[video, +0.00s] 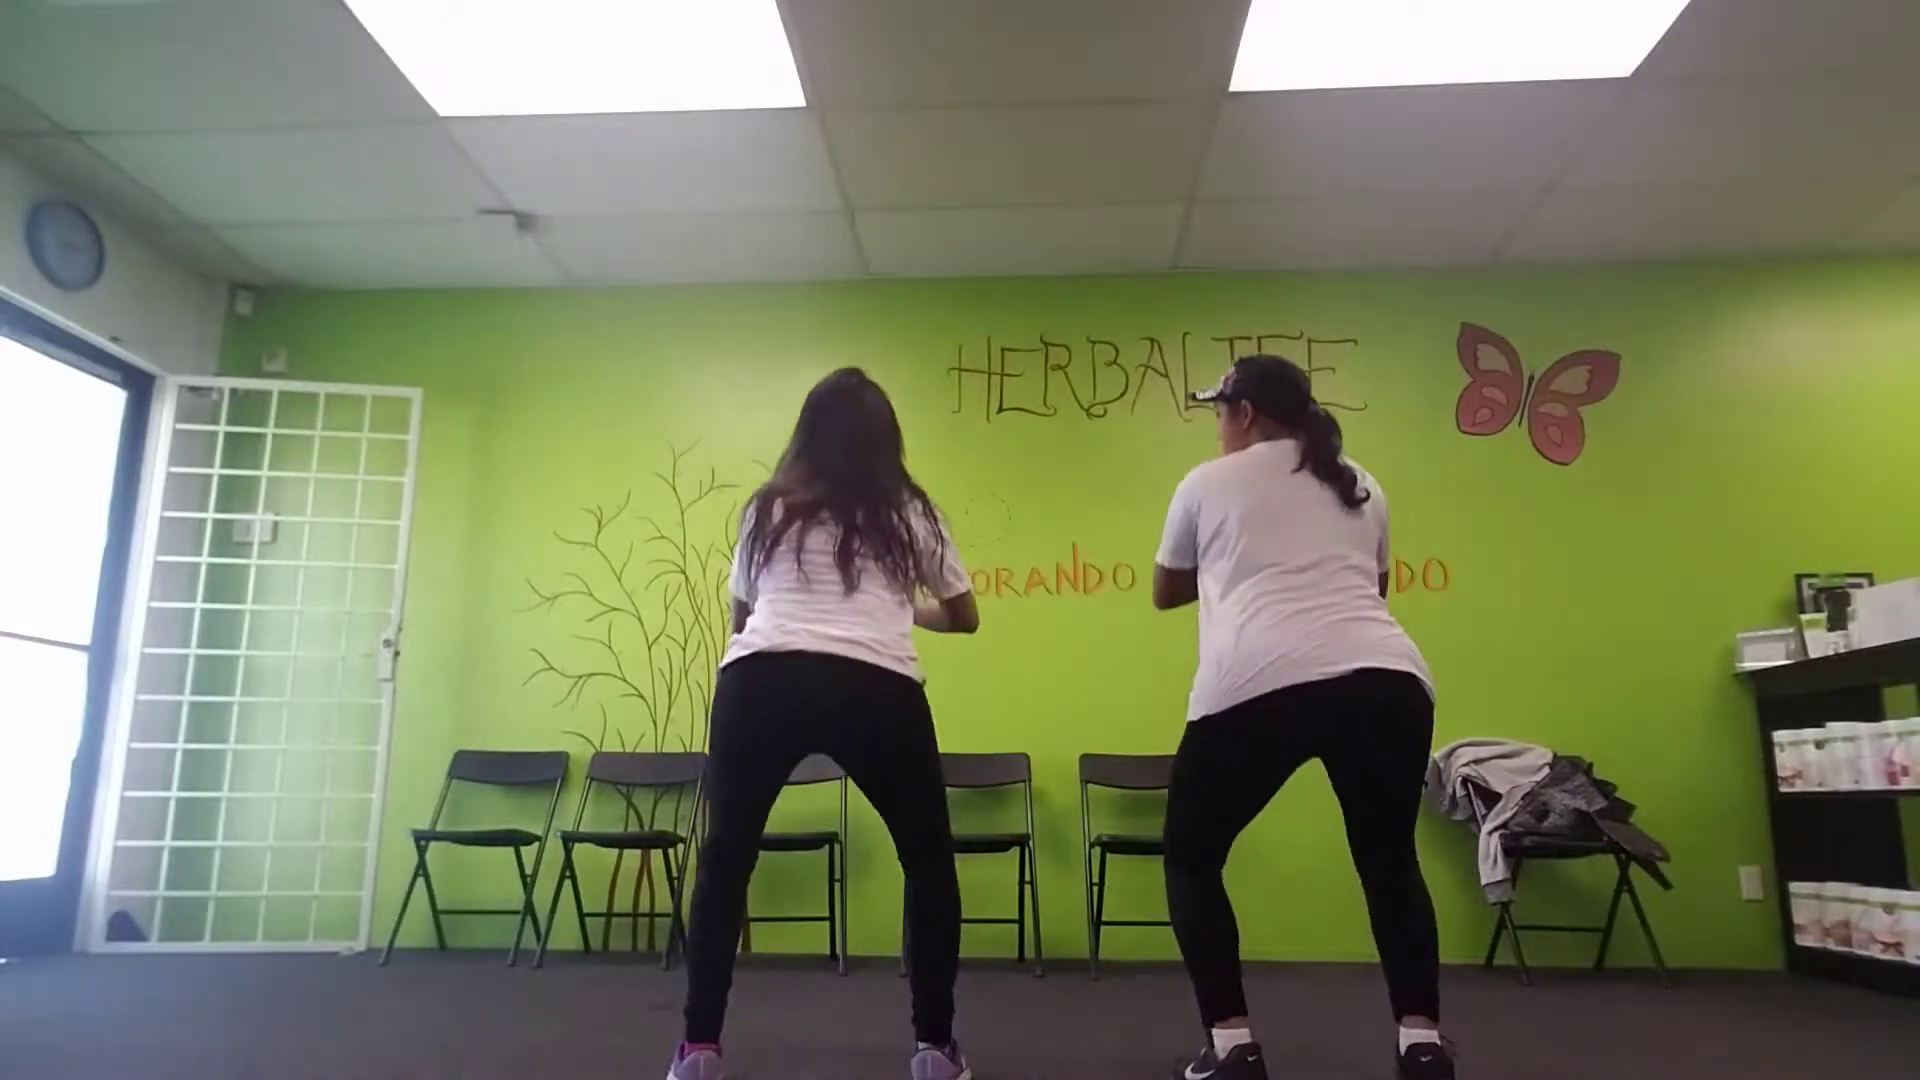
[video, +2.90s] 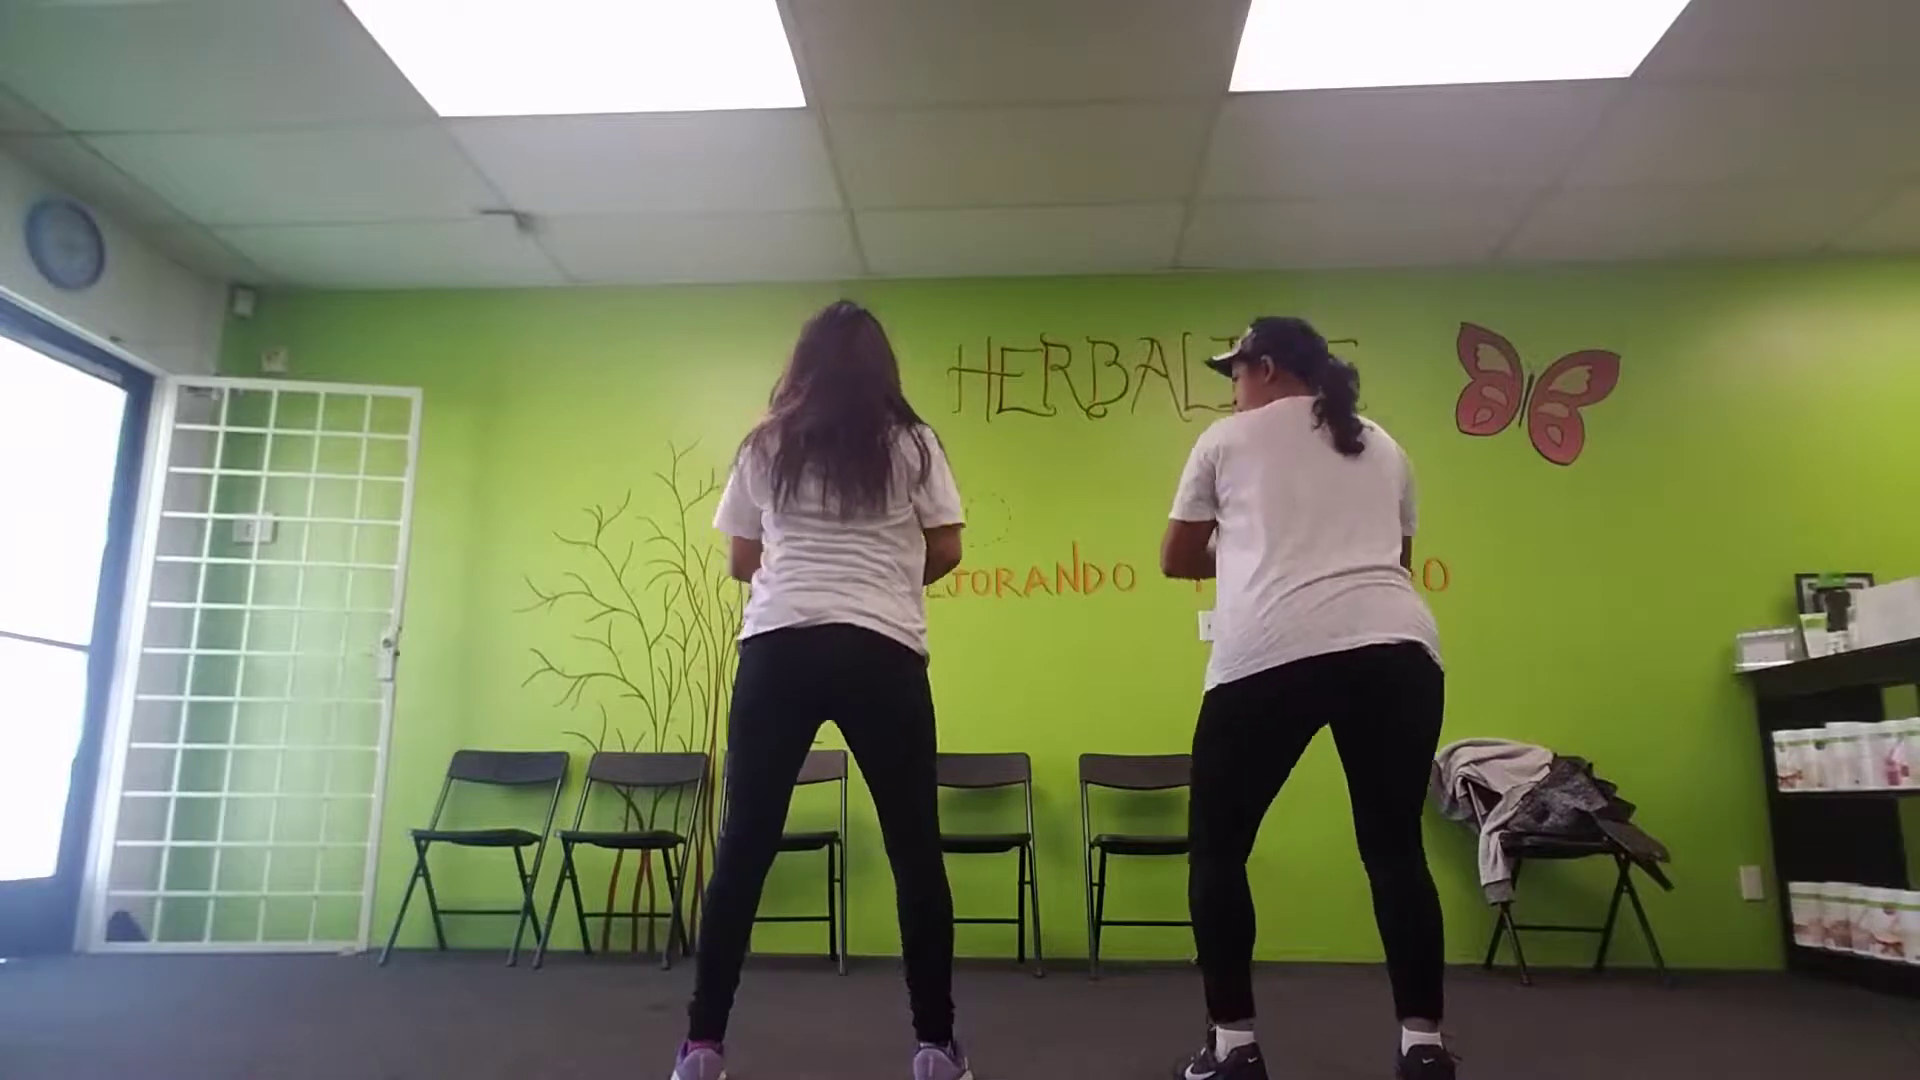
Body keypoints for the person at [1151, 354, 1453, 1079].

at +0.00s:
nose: (1218, 429)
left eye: (1222, 415)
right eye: (1219, 415)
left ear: (1246, 416)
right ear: (1298, 416)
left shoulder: (1206, 484)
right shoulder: (1361, 484)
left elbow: (1169, 591)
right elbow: (1378, 584)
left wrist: (1249, 559)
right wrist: (1300, 565)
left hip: (1256, 690)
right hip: (1383, 682)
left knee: (1192, 859)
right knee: (1390, 855)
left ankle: (1232, 1045)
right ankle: (1421, 1036)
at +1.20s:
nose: (1224, 523)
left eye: (1228, 509)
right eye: (1224, 510)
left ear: (1252, 510)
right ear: (1303, 511)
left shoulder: (1216, 579)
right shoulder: (1362, 576)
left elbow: (1174, 683)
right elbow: (1378, 662)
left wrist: (1236, 631)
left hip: (1275, 775)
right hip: (1420, 767)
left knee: (1187, 872)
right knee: (1392, 870)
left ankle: (1232, 1047)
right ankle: (1424, 1042)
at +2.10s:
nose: (1221, 404)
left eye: (1227, 390)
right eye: (1222, 391)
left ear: (1257, 389)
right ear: (1298, 390)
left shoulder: (1219, 455)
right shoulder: (1369, 456)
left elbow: (1175, 572)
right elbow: (1400, 572)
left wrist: (1251, 583)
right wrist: (1327, 583)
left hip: (1269, 660)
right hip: (1393, 654)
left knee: (1210, 847)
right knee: (1394, 847)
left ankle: (1233, 1045)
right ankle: (1422, 1036)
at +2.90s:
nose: (1231, 391)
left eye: (1235, 376)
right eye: (1231, 378)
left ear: (1265, 371)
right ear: (1311, 372)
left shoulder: (1226, 439)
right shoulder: (1384, 444)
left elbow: (1180, 557)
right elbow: (1398, 559)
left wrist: (1261, 546)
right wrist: (1321, 551)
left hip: (1268, 655)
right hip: (1395, 649)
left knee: (1217, 850)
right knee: (1396, 845)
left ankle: (1234, 1047)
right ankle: (1423, 1041)